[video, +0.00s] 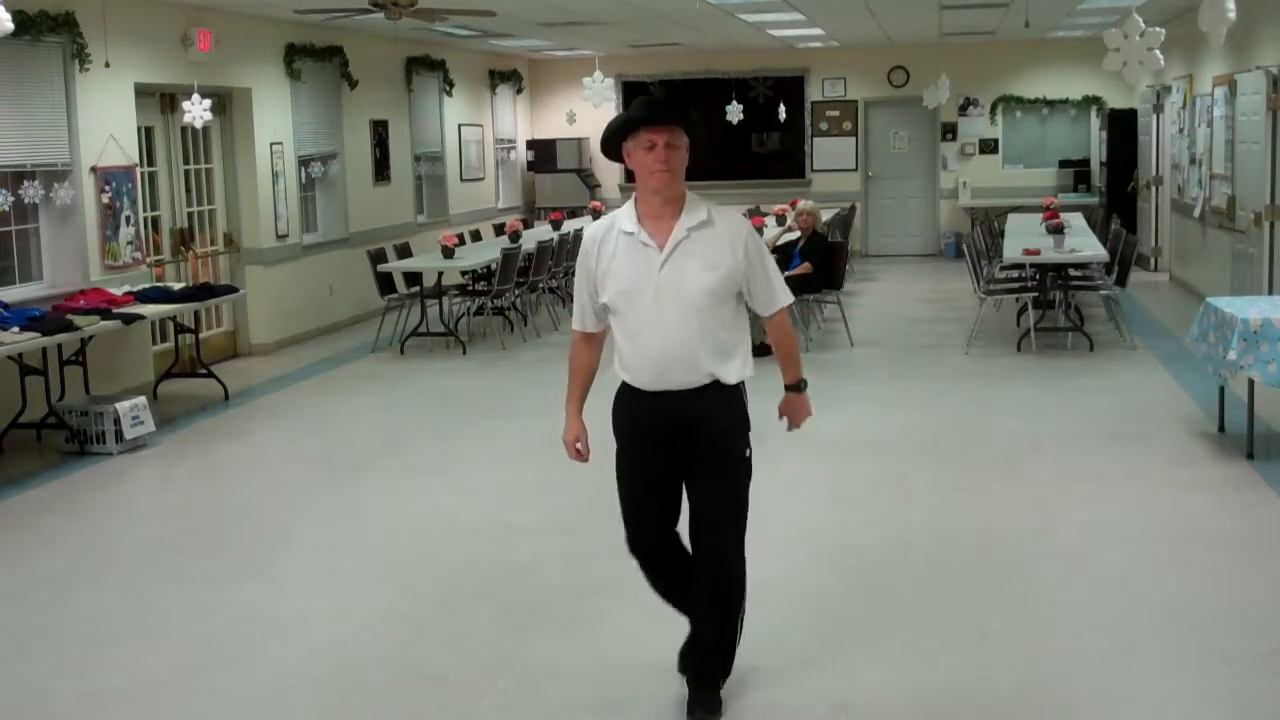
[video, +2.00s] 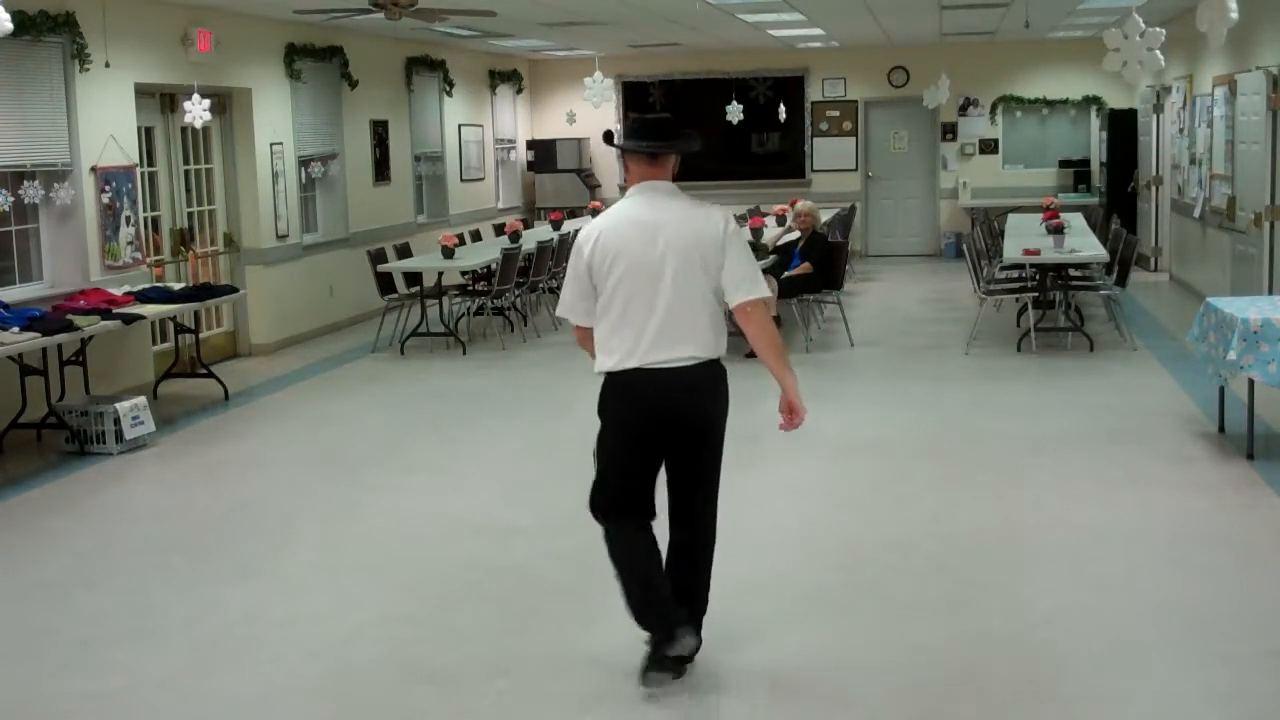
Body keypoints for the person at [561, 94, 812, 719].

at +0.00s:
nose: (660, 155)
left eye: (670, 145)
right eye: (647, 147)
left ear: (687, 157)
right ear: (626, 161)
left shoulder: (731, 229)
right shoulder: (600, 239)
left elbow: (774, 311)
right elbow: (587, 333)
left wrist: (795, 385)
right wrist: (573, 410)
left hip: (716, 407)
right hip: (639, 411)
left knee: (717, 552)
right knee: (648, 540)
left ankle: (705, 686)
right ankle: (707, 612)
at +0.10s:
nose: (661, 156)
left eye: (671, 147)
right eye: (647, 150)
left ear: (689, 159)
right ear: (627, 168)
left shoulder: (734, 234)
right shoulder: (603, 246)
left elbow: (771, 314)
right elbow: (584, 341)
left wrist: (782, 387)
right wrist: (570, 429)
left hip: (721, 416)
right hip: (640, 420)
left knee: (717, 560)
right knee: (635, 557)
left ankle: (706, 682)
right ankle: (671, 644)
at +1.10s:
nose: (638, 171)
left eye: (644, 156)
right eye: (636, 159)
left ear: (678, 151)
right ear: (676, 155)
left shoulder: (747, 232)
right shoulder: (674, 229)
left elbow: (808, 327)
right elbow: (660, 328)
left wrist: (816, 429)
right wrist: (632, 405)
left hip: (740, 426)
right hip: (679, 422)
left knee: (755, 569)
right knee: (650, 552)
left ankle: (778, 699)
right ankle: (680, 680)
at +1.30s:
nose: (650, 175)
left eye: (650, 162)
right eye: (650, 163)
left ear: (667, 156)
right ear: (698, 157)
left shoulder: (712, 229)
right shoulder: (704, 222)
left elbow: (738, 330)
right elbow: (724, 329)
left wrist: (744, 424)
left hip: (721, 419)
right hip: (700, 414)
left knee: (739, 561)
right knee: (690, 537)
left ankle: (776, 703)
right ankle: (729, 672)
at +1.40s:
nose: (650, 169)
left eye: (651, 157)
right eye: (652, 157)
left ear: (664, 156)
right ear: (706, 156)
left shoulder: (696, 225)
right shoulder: (730, 218)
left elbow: (697, 330)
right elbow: (760, 305)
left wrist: (682, 421)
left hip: (706, 409)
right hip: (738, 401)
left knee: (723, 557)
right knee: (729, 549)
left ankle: (773, 699)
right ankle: (736, 671)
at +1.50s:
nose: (650, 165)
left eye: (648, 155)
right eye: (652, 155)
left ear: (656, 154)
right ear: (708, 155)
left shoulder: (671, 226)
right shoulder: (741, 221)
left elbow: (654, 331)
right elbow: (763, 322)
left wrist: (619, 422)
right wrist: (765, 392)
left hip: (688, 406)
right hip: (743, 398)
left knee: (692, 544)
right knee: (737, 536)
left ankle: (737, 688)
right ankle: (733, 668)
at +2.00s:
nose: (644, 168)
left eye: (629, 160)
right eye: (661, 157)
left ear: (623, 163)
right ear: (675, 161)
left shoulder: (596, 234)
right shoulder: (715, 225)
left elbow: (586, 332)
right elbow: (751, 310)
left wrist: (623, 361)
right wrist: (787, 385)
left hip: (630, 394)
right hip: (702, 389)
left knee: (620, 507)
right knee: (695, 510)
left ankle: (667, 626)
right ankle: (679, 639)